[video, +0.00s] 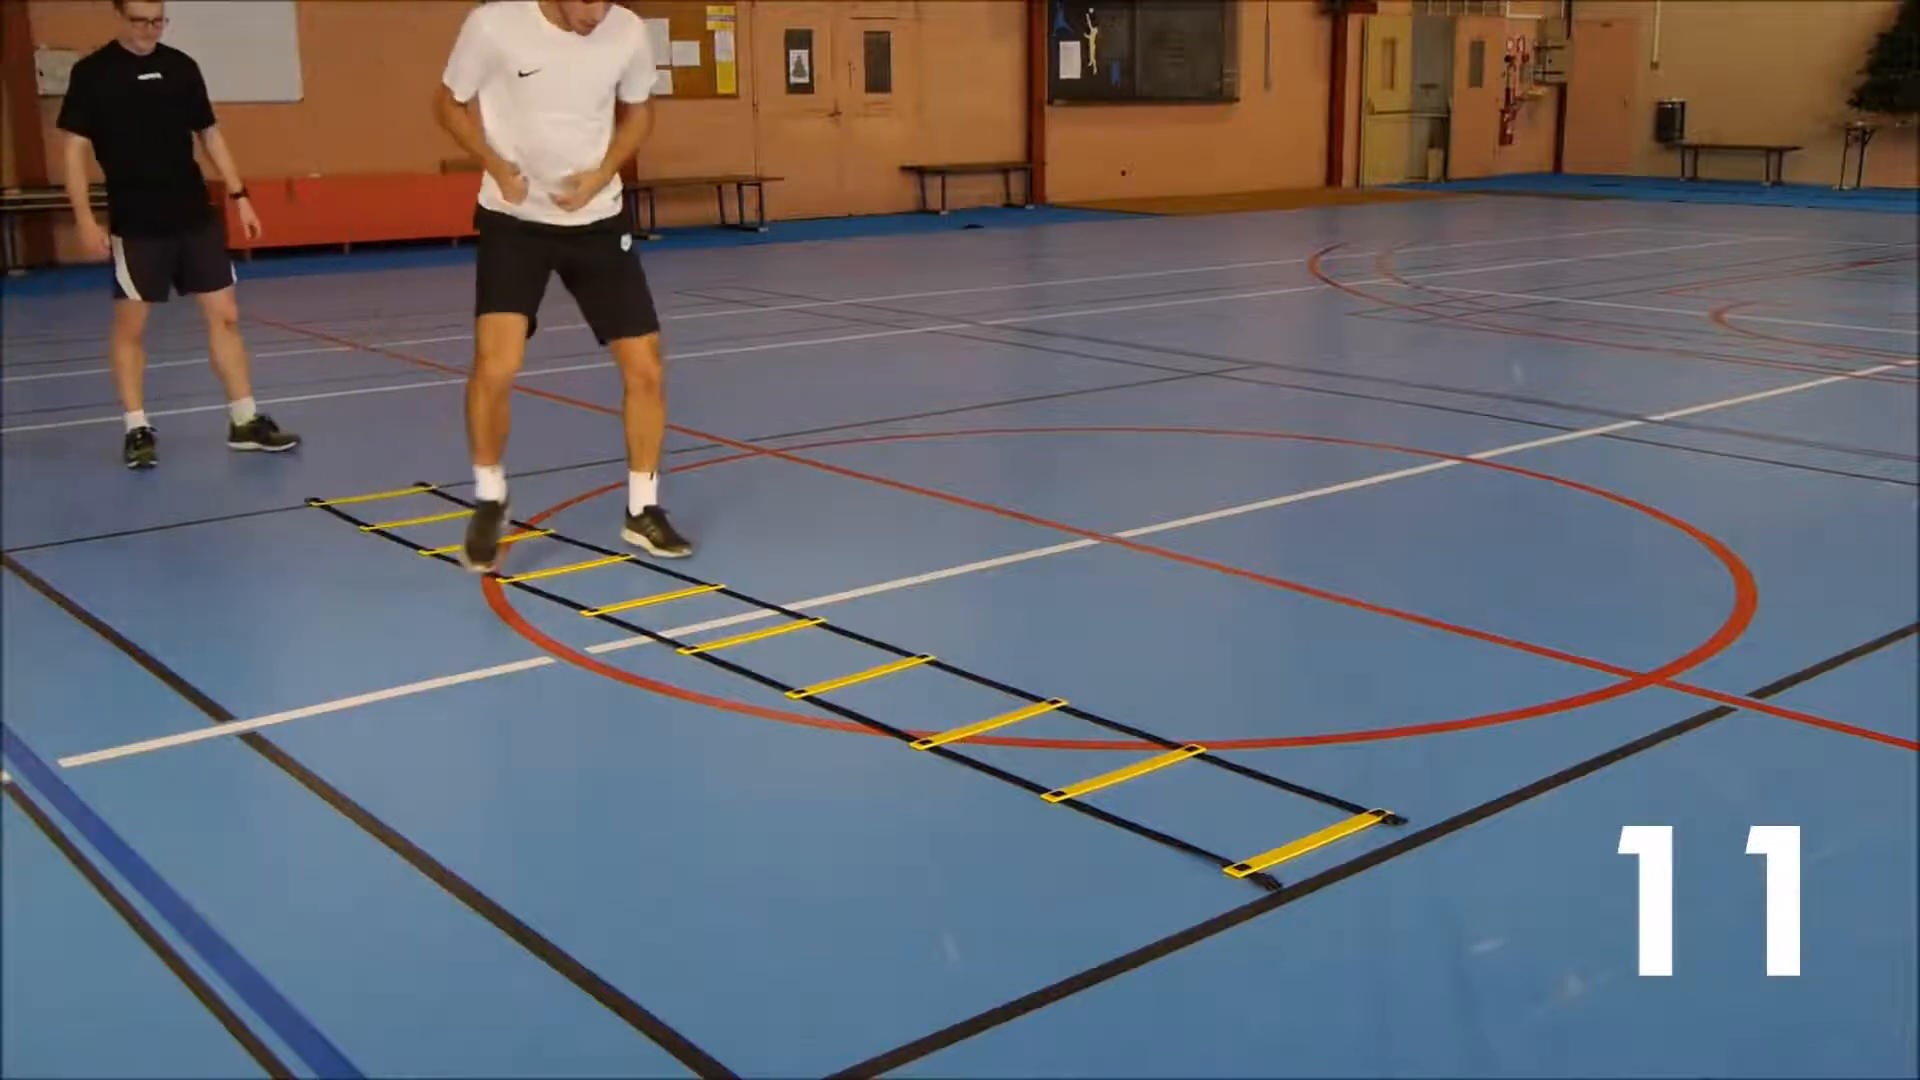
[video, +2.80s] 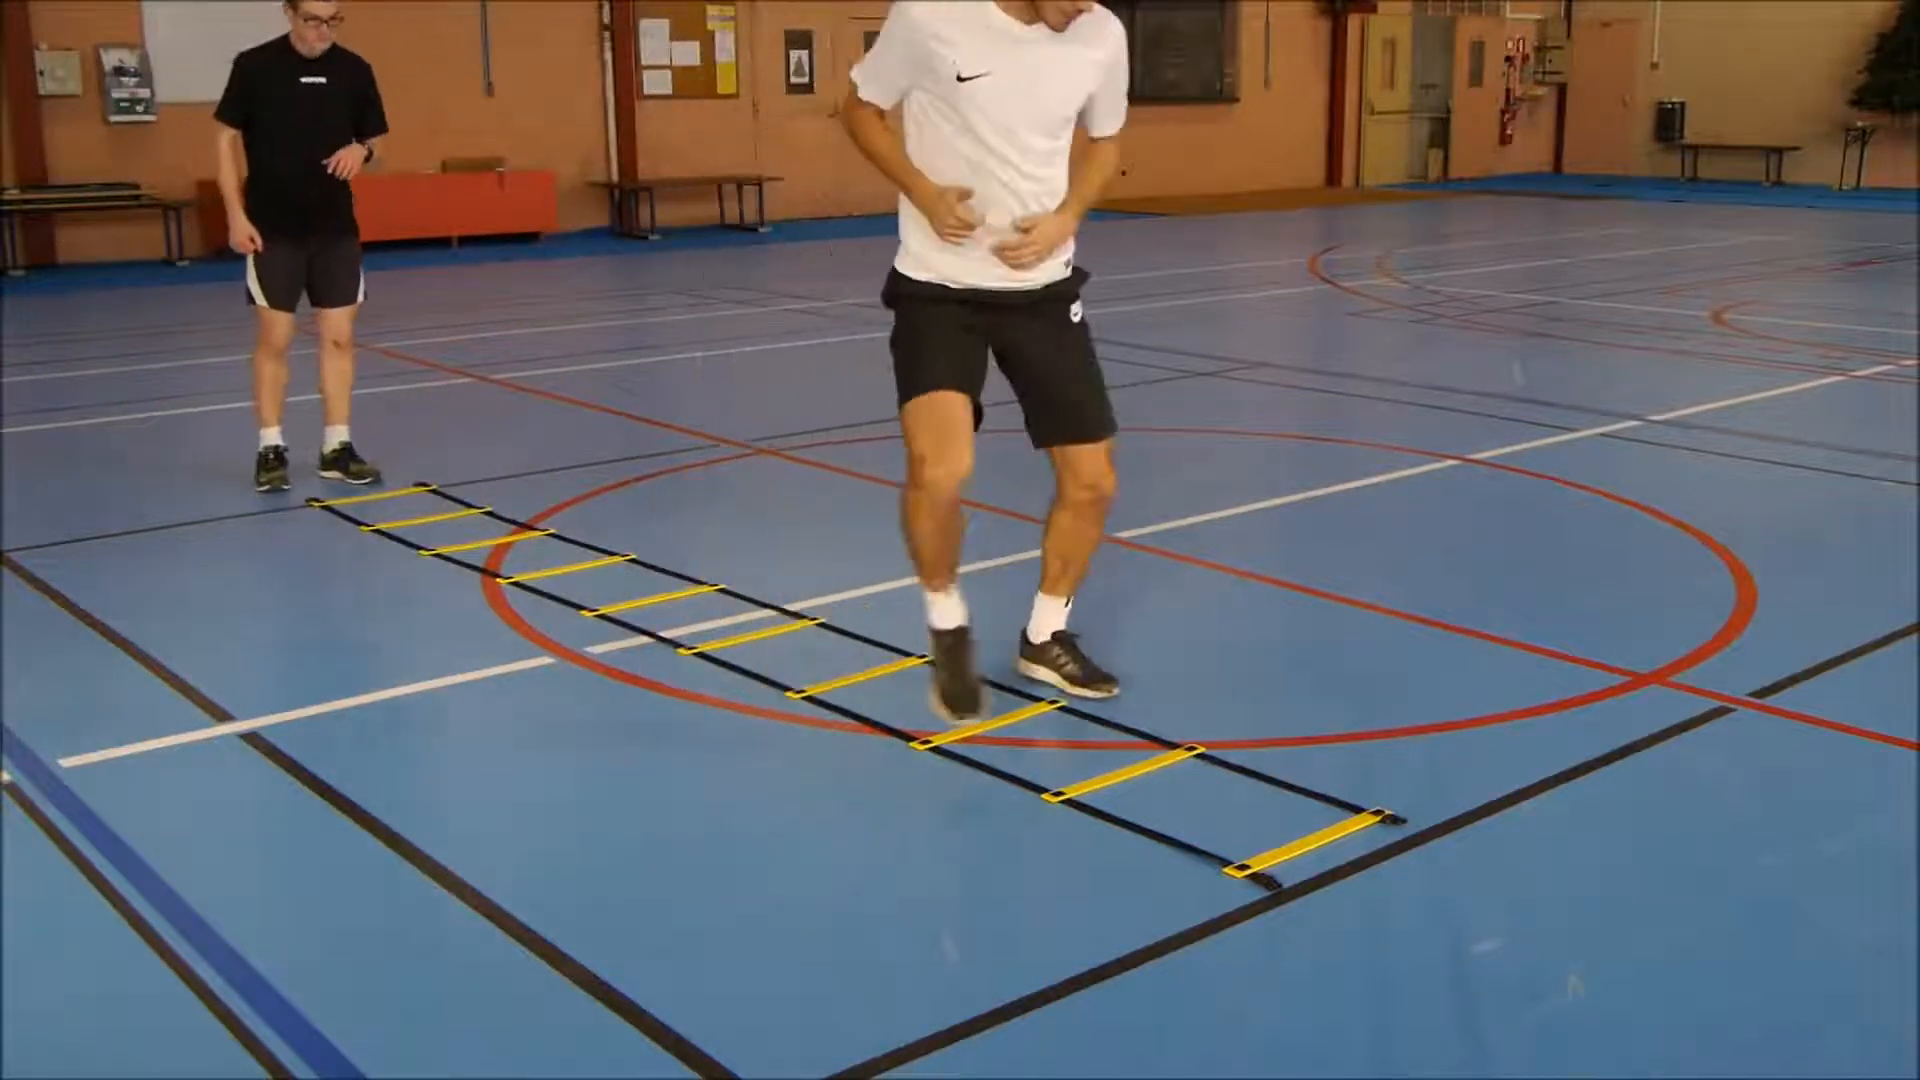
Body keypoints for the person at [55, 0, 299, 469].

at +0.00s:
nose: (150, 30)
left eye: (158, 20)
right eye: (139, 21)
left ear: (165, 16)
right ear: (117, 16)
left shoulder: (182, 66)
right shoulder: (91, 73)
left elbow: (210, 136)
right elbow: (74, 150)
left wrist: (240, 197)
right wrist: (86, 221)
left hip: (195, 214)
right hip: (135, 221)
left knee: (225, 316)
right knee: (131, 328)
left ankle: (245, 420)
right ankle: (137, 428)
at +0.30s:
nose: (224, 31)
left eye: (232, 23)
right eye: (215, 22)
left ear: (240, 20)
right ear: (192, 16)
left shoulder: (248, 75)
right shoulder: (158, 68)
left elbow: (262, 149)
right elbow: (134, 139)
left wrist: (277, 215)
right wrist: (140, 208)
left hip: (238, 219)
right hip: (180, 221)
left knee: (246, 320)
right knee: (168, 325)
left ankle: (259, 425)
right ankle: (147, 425)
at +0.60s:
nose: (201, 12)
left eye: (211, 4)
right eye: (201, 5)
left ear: (241, 9)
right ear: (204, 12)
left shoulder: (278, 73)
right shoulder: (182, 63)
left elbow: (301, 148)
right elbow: (163, 139)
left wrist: (307, 215)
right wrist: (172, 207)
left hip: (257, 218)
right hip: (199, 219)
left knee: (257, 323)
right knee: (208, 326)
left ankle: (261, 427)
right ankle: (218, 435)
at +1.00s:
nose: (161, 14)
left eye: (169, 5)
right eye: (160, 7)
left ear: (198, 7)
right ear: (185, 14)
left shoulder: (257, 62)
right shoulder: (165, 74)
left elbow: (291, 140)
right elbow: (156, 152)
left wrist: (285, 209)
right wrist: (144, 167)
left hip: (273, 215)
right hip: (214, 223)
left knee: (310, 319)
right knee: (225, 332)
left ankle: (295, 402)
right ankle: (241, 438)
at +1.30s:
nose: (230, 24)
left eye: (238, 16)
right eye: (220, 17)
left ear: (250, 13)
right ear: (203, 14)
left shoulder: (281, 66)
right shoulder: (183, 70)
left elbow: (303, 148)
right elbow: (171, 153)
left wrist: (293, 215)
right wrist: (161, 132)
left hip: (284, 218)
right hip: (223, 225)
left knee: (314, 329)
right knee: (230, 334)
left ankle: (338, 439)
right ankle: (241, 439)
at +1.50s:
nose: (280, 29)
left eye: (289, 20)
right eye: (270, 19)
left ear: (298, 16)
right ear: (249, 13)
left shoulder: (315, 69)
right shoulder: (215, 66)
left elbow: (330, 148)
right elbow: (192, 136)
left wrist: (314, 209)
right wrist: (199, 189)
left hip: (304, 221)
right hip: (242, 225)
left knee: (322, 334)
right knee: (240, 336)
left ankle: (336, 442)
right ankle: (244, 439)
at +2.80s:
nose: (321, 31)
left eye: (330, 21)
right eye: (311, 20)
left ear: (339, 18)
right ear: (289, 14)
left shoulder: (355, 70)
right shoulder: (253, 66)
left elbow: (373, 136)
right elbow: (227, 138)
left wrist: (361, 148)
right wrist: (235, 214)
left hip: (335, 226)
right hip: (273, 228)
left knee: (339, 337)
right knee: (275, 339)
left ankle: (337, 447)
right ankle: (271, 448)